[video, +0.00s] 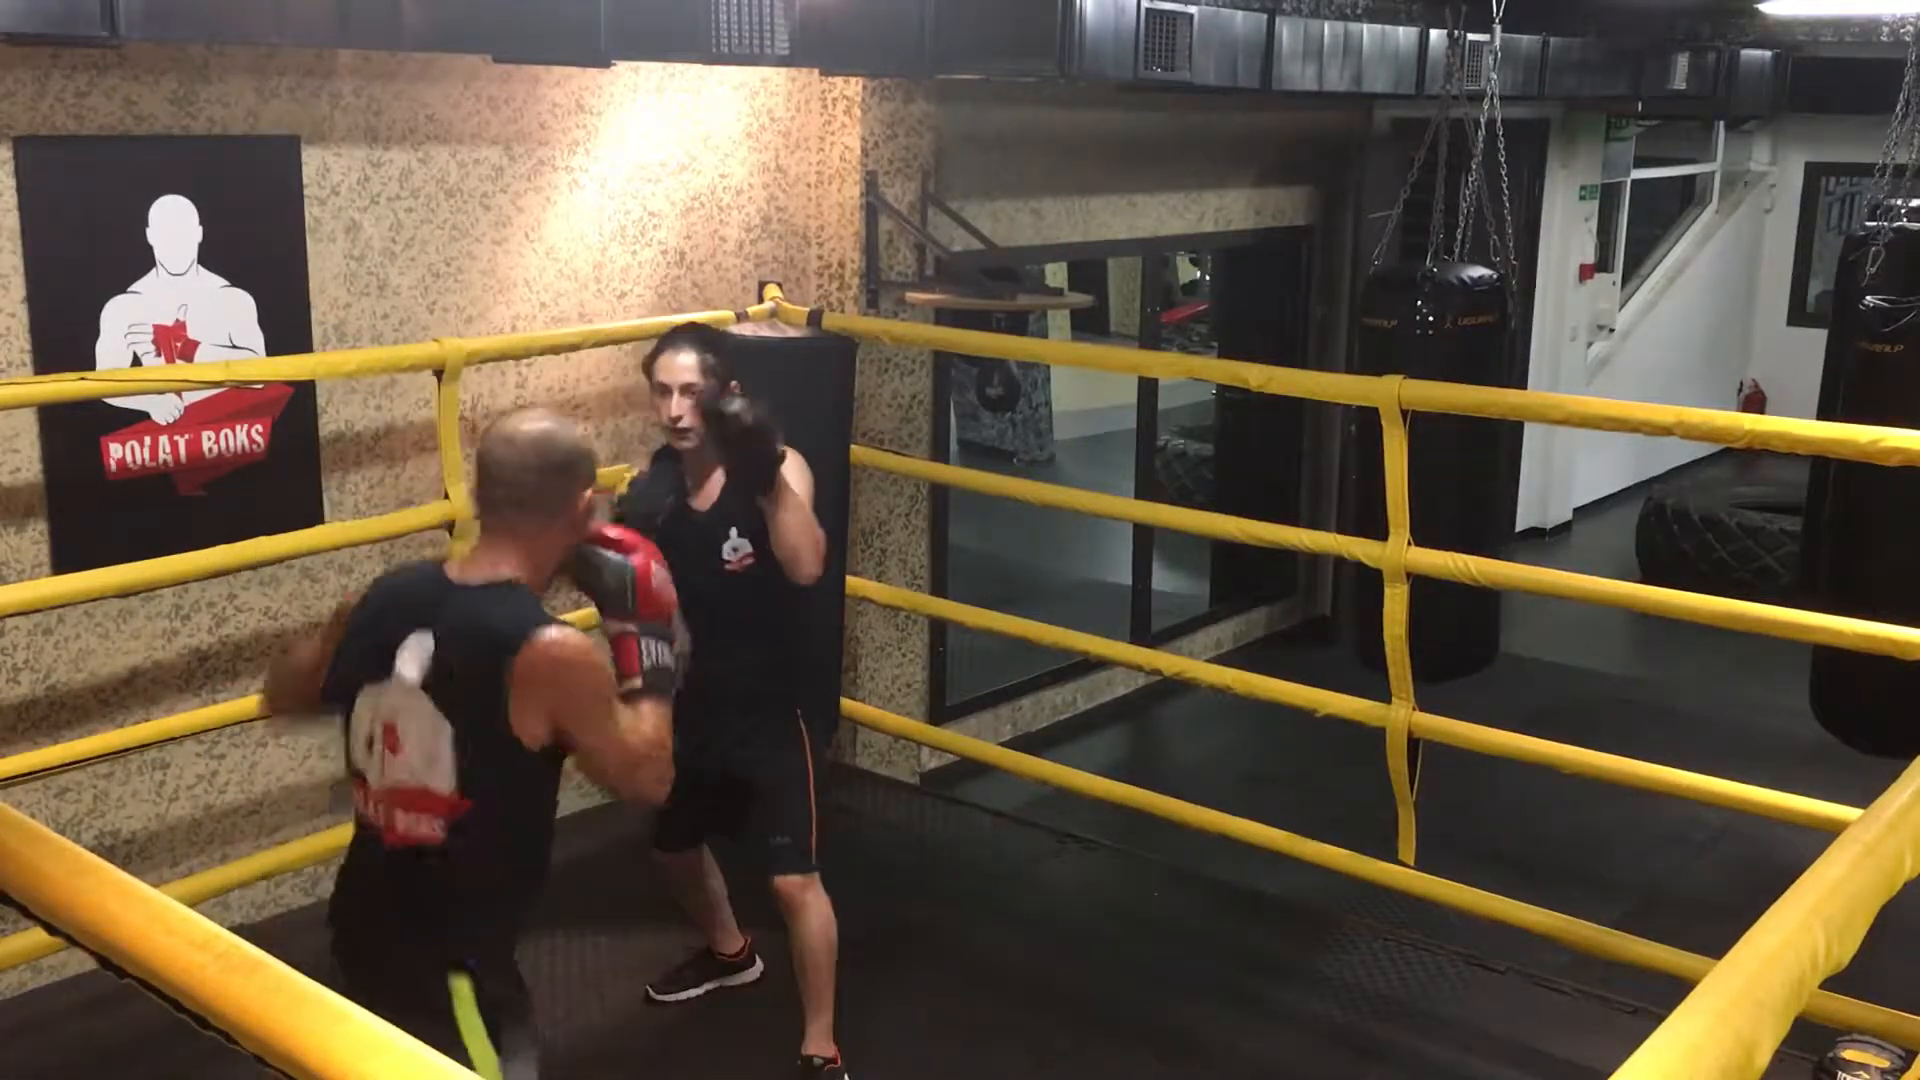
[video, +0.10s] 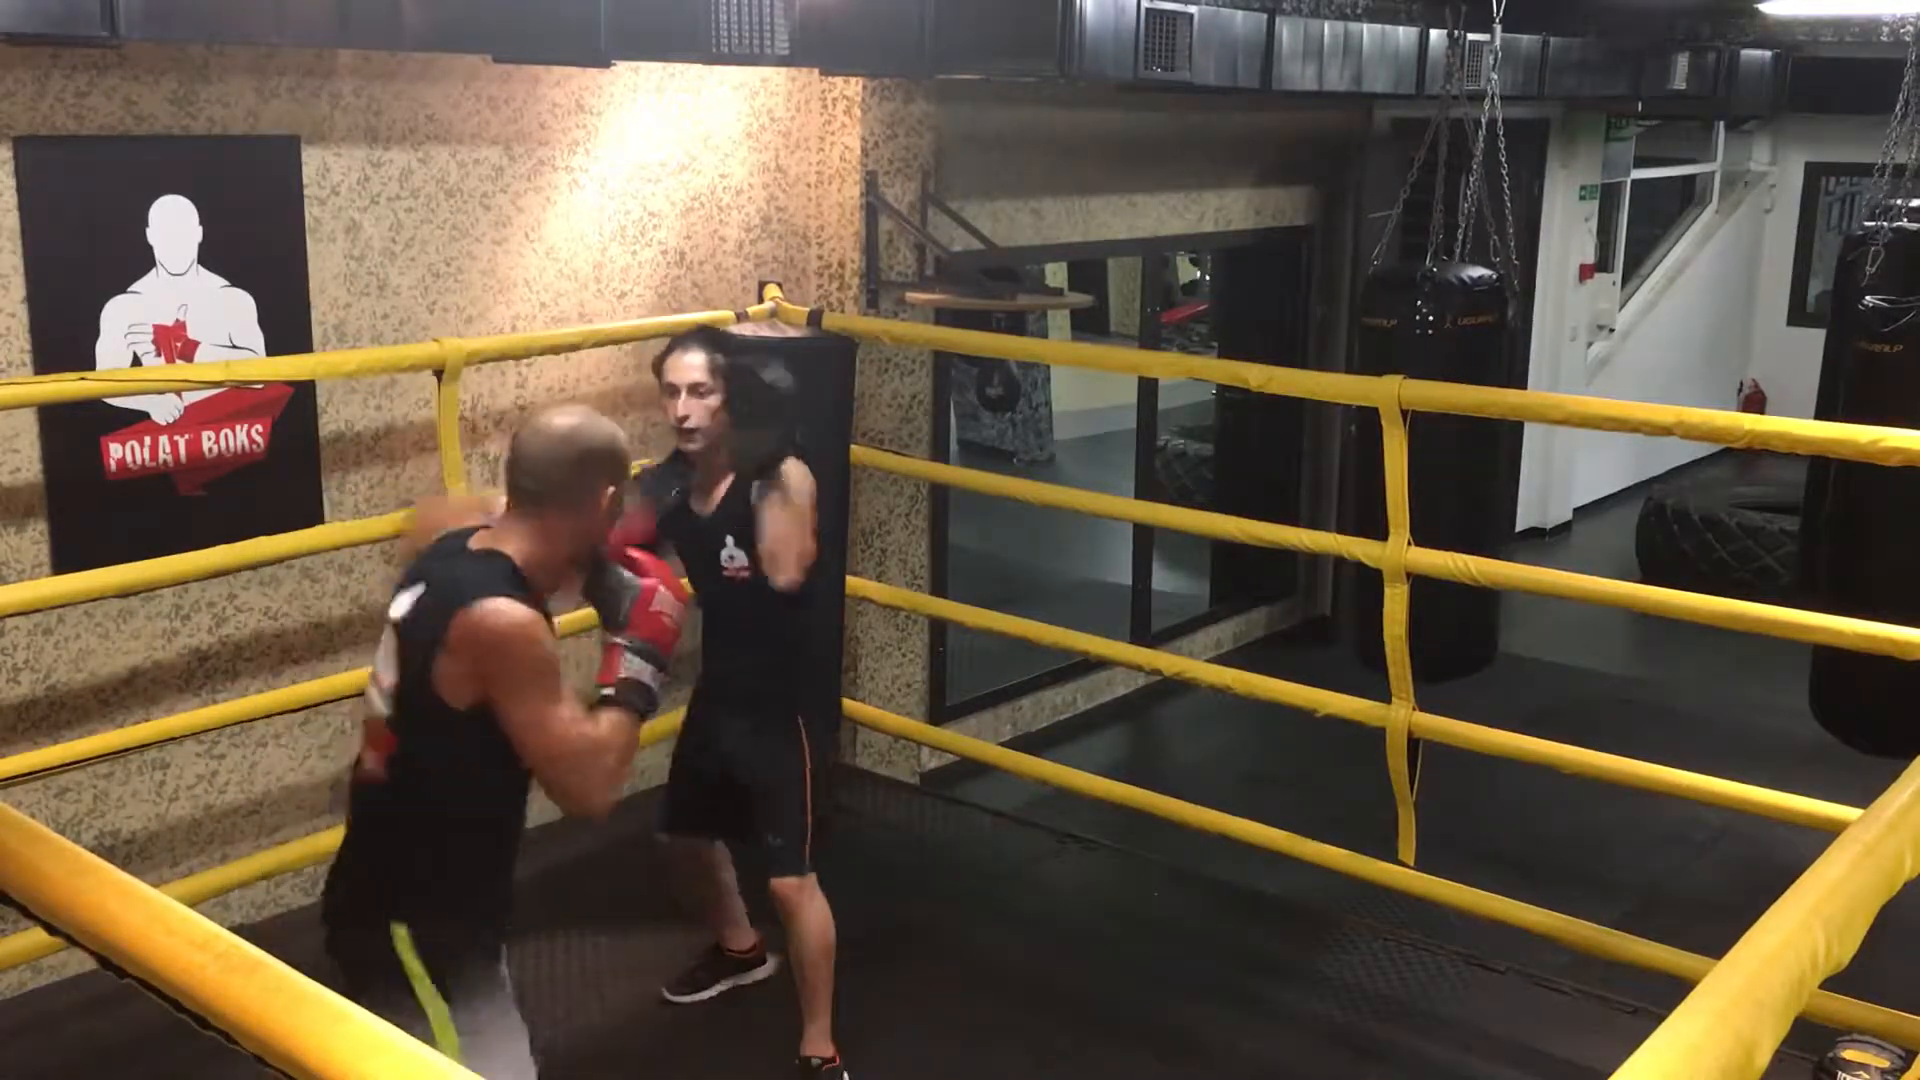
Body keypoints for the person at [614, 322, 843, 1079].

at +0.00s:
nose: (674, 408)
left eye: (689, 393)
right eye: (663, 393)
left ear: (726, 394)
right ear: (653, 397)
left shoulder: (778, 467)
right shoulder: (653, 486)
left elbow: (805, 566)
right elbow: (625, 594)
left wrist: (763, 467)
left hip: (777, 695)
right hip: (695, 692)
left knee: (792, 877)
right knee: (676, 840)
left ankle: (821, 1048)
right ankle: (729, 952)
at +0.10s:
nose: (684, 409)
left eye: (701, 393)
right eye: (674, 395)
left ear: (735, 400)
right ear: (664, 405)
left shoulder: (783, 478)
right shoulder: (672, 485)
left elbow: (786, 570)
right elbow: (606, 545)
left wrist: (765, 471)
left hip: (788, 698)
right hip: (718, 689)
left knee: (790, 881)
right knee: (688, 833)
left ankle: (820, 1048)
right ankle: (742, 949)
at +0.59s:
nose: (748, 398)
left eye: (764, 382)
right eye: (740, 382)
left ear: (805, 387)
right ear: (732, 388)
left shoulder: (858, 474)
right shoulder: (730, 466)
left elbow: (920, 574)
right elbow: (642, 526)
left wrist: (865, 640)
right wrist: (674, 477)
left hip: (831, 694)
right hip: (750, 689)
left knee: (831, 861)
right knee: (754, 819)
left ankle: (860, 1018)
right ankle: (804, 908)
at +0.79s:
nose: (776, 385)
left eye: (792, 371)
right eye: (767, 370)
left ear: (833, 375)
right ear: (758, 375)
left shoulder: (875, 467)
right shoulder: (748, 451)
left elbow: (927, 570)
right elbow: (690, 530)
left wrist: (876, 658)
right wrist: (692, 504)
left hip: (846, 675)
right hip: (772, 669)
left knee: (841, 852)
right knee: (804, 818)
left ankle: (865, 1017)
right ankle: (862, 909)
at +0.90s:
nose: (773, 381)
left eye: (789, 366)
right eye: (765, 366)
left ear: (830, 371)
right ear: (759, 371)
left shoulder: (862, 463)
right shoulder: (765, 449)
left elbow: (912, 577)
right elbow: (752, 540)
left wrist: (861, 667)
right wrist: (711, 515)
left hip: (836, 671)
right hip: (781, 660)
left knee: (826, 843)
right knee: (806, 815)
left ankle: (865, 1020)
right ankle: (863, 909)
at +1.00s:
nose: (754, 382)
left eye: (768, 367)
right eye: (749, 367)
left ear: (811, 369)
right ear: (754, 370)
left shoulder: (834, 455)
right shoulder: (784, 441)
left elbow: (884, 569)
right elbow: (793, 537)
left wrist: (849, 677)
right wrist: (742, 530)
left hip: (826, 663)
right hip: (798, 650)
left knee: (797, 831)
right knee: (821, 802)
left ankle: (850, 1009)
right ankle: (866, 911)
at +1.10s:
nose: (734, 369)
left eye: (747, 355)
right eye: (728, 355)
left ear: (789, 354)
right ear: (733, 354)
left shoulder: (809, 435)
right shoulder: (774, 427)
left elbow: (858, 546)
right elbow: (790, 531)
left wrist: (841, 659)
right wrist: (727, 532)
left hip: (813, 649)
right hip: (799, 637)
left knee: (768, 806)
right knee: (829, 788)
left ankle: (803, 981)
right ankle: (871, 913)